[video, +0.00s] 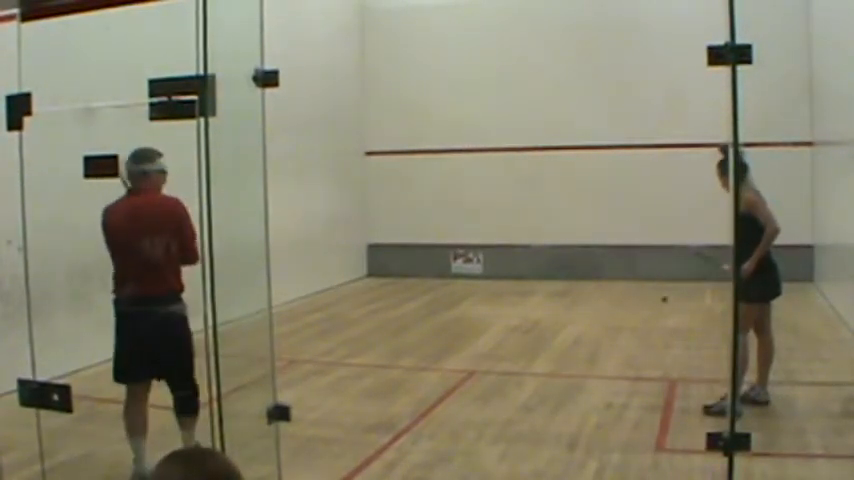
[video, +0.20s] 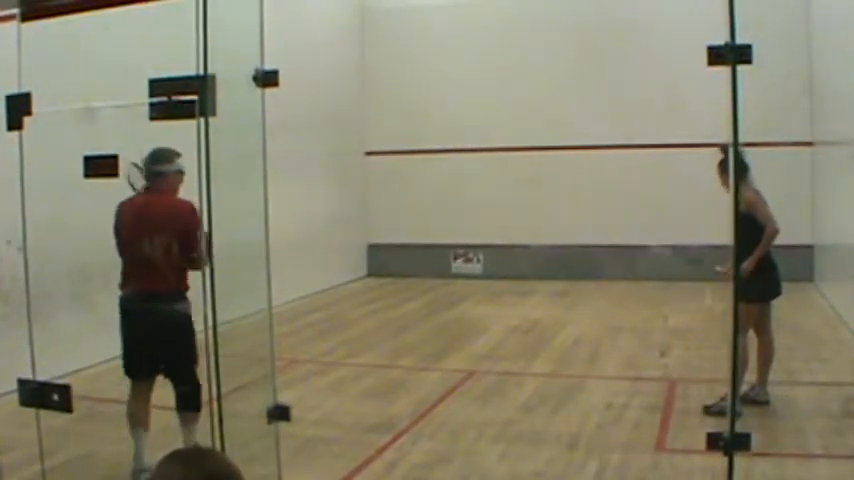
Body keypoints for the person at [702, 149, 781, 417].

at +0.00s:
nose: (720, 184)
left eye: (721, 178)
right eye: (720, 178)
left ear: (729, 176)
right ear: (738, 173)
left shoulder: (749, 198)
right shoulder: (743, 198)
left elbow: (772, 228)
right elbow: (753, 235)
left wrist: (752, 262)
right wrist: (740, 262)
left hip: (753, 277)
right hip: (757, 275)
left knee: (739, 333)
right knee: (763, 331)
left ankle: (733, 395)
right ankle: (760, 388)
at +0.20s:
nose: (720, 182)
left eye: (721, 176)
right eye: (720, 176)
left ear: (730, 174)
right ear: (738, 172)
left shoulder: (749, 197)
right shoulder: (742, 198)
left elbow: (772, 229)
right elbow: (747, 239)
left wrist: (751, 261)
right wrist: (734, 266)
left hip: (753, 277)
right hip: (756, 275)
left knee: (738, 334)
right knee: (763, 332)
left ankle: (733, 394)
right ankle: (760, 388)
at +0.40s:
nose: (720, 181)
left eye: (721, 175)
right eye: (720, 176)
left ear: (730, 174)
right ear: (738, 172)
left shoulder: (749, 197)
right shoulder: (742, 198)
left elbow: (772, 229)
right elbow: (749, 241)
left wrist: (750, 263)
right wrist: (733, 270)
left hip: (753, 278)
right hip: (756, 277)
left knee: (738, 334)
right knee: (763, 332)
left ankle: (733, 394)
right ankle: (760, 388)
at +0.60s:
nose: (720, 182)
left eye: (722, 176)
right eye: (720, 177)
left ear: (731, 174)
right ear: (736, 173)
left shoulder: (750, 198)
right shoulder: (742, 198)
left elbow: (773, 229)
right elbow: (750, 238)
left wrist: (751, 259)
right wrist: (734, 264)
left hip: (753, 277)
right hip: (756, 275)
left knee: (738, 333)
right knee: (762, 331)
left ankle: (733, 394)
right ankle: (760, 388)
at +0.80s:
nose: (721, 182)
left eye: (722, 176)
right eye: (720, 176)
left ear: (731, 174)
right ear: (740, 172)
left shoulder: (750, 199)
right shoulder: (745, 198)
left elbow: (759, 237)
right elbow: (753, 238)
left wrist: (736, 249)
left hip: (752, 278)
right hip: (758, 275)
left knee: (737, 334)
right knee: (762, 331)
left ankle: (733, 394)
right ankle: (760, 388)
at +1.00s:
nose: (718, 182)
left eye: (720, 176)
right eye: (718, 176)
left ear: (729, 174)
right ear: (737, 172)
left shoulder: (746, 199)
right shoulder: (746, 199)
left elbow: (747, 239)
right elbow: (747, 240)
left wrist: (724, 245)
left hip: (751, 279)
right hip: (756, 277)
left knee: (731, 332)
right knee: (759, 331)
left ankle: (735, 393)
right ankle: (760, 388)